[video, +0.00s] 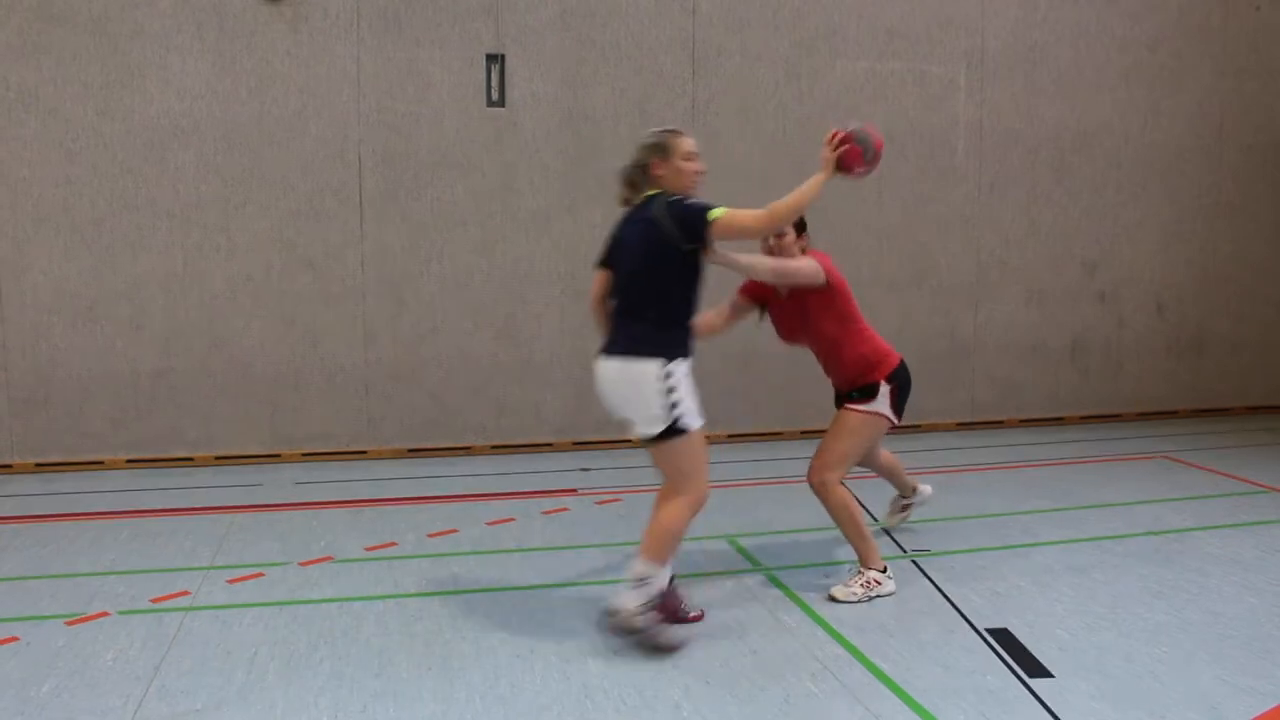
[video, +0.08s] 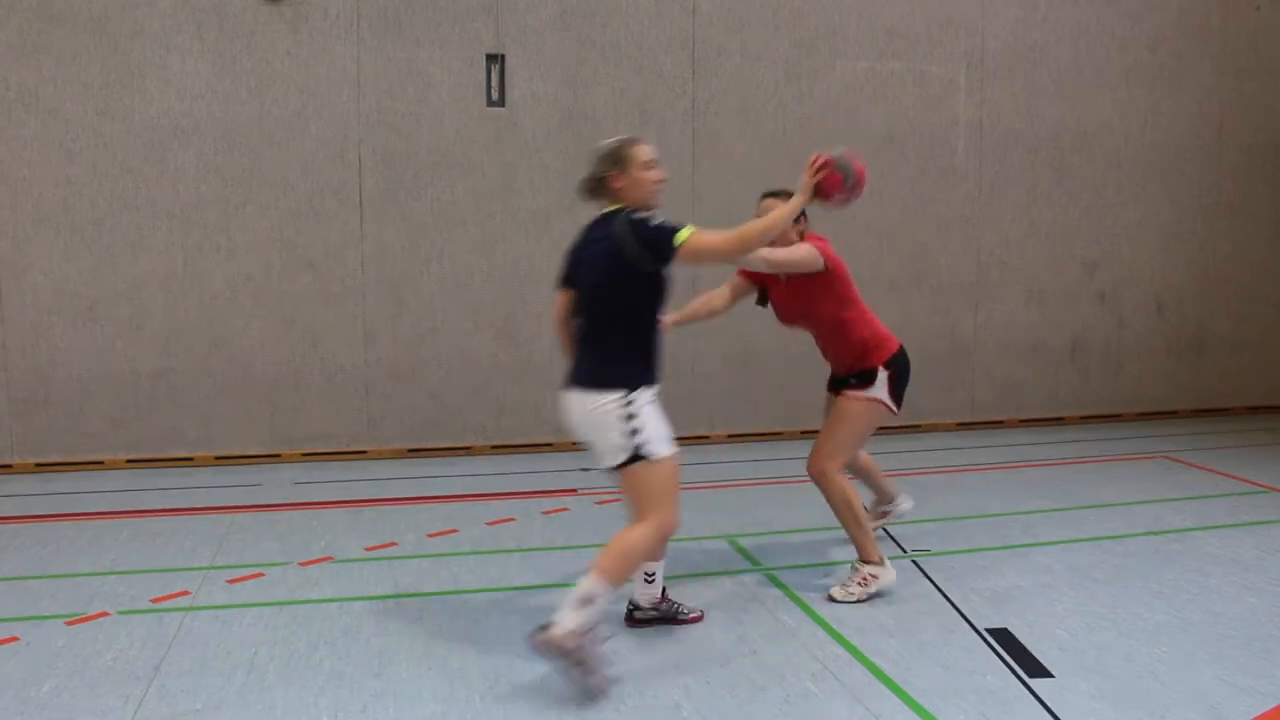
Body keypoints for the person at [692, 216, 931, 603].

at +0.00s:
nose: (772, 243)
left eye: (781, 235)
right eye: (767, 237)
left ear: (801, 239)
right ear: (760, 243)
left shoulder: (818, 267)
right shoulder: (760, 285)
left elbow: (774, 271)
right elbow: (719, 319)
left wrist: (718, 255)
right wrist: (673, 326)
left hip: (880, 379)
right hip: (849, 386)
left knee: (824, 475)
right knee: (865, 452)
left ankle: (875, 570)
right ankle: (909, 490)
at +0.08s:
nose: (769, 232)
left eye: (777, 225)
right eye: (764, 226)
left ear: (800, 225)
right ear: (756, 230)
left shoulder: (817, 251)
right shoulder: (759, 269)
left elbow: (773, 259)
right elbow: (721, 298)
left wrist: (731, 248)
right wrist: (673, 319)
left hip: (878, 364)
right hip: (846, 369)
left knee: (824, 467)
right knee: (840, 448)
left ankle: (874, 566)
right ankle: (889, 497)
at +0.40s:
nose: (751, 248)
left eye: (759, 240)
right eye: (748, 242)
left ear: (789, 242)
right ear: (750, 246)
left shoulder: (812, 271)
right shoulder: (760, 289)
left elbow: (787, 292)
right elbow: (709, 320)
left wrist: (724, 268)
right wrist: (659, 318)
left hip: (867, 389)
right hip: (829, 391)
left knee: (803, 478)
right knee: (776, 456)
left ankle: (846, 586)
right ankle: (826, 519)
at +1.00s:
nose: (746, 230)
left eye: (753, 223)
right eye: (745, 223)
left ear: (779, 227)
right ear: (770, 229)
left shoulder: (802, 258)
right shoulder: (765, 265)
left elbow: (796, 311)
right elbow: (745, 316)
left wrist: (740, 292)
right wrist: (701, 320)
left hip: (850, 361)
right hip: (822, 364)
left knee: (798, 445)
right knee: (791, 435)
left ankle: (826, 547)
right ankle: (830, 498)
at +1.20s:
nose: (742, 211)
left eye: (749, 204)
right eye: (742, 204)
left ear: (774, 208)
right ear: (759, 211)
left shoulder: (796, 238)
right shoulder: (766, 248)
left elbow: (813, 304)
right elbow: (779, 294)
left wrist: (757, 307)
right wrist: (732, 311)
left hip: (854, 334)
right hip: (827, 337)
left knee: (813, 423)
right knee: (804, 415)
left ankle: (842, 523)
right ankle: (831, 489)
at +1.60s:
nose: (751, 228)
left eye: (757, 222)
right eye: (751, 222)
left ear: (782, 224)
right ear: (773, 227)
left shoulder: (801, 250)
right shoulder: (778, 261)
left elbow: (788, 295)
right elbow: (775, 307)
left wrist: (738, 272)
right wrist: (732, 314)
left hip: (863, 344)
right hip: (837, 348)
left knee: (819, 424)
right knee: (809, 423)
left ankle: (844, 522)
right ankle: (838, 488)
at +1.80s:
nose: (753, 230)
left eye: (760, 223)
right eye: (754, 224)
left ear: (784, 226)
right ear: (779, 228)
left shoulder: (802, 254)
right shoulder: (786, 265)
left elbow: (792, 296)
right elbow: (792, 314)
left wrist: (738, 272)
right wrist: (745, 321)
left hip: (866, 355)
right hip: (838, 357)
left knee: (820, 437)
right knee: (813, 432)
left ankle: (857, 532)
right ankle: (840, 489)